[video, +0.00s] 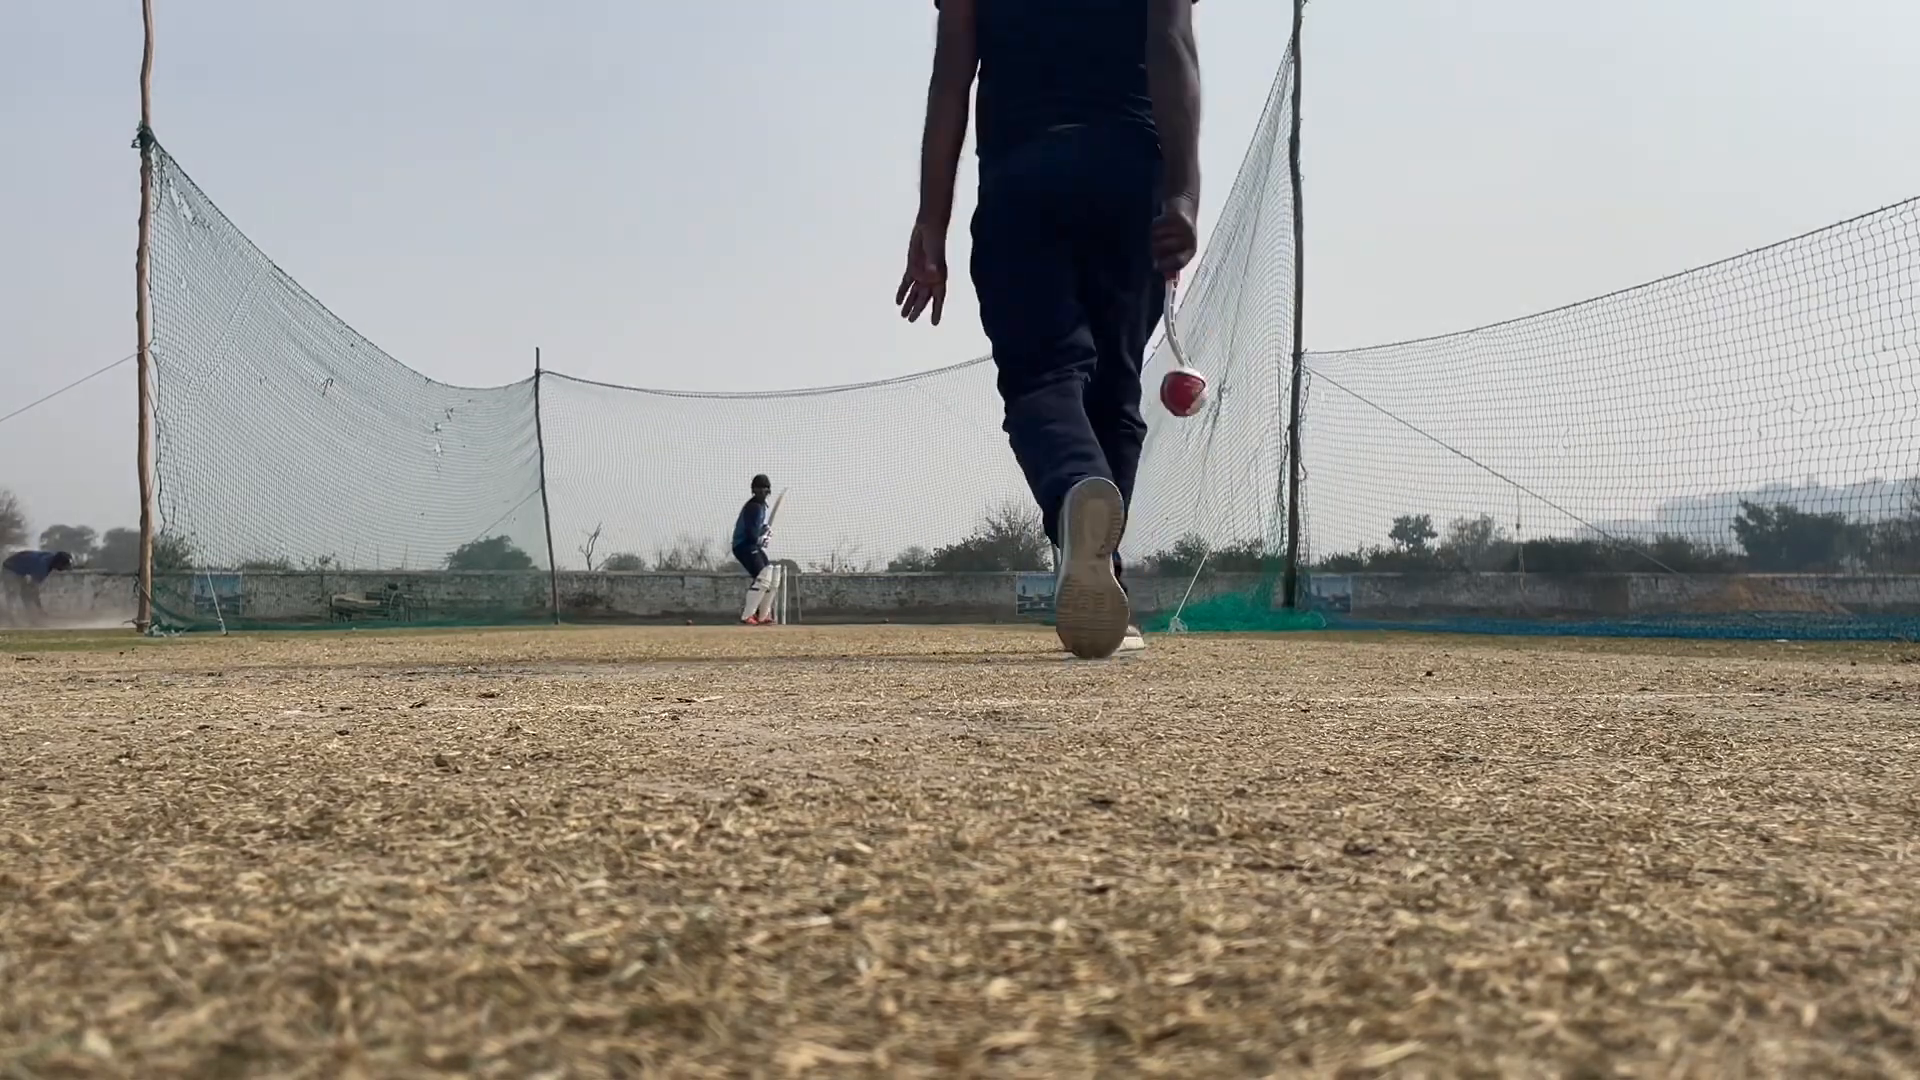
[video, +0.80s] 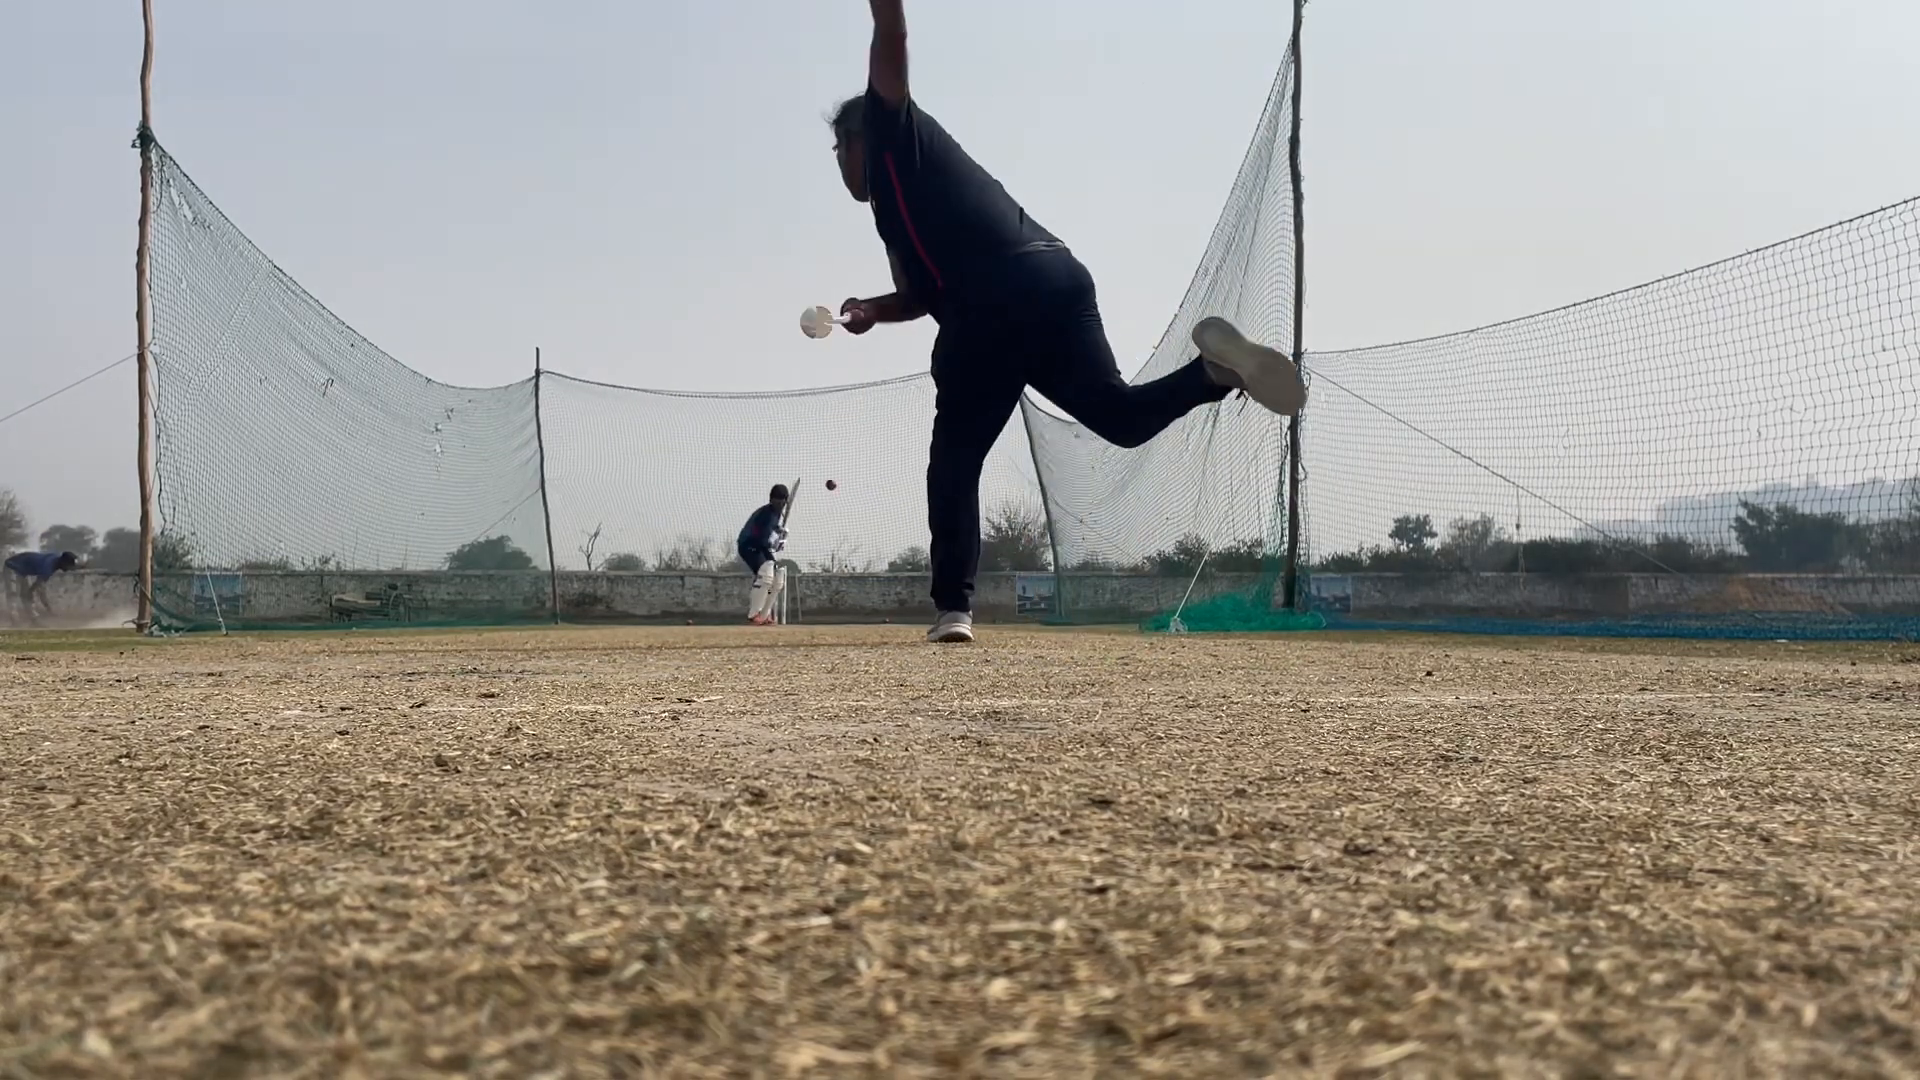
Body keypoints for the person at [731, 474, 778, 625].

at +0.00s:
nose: (762, 492)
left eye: (765, 488)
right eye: (759, 488)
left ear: (768, 490)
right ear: (753, 489)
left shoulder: (762, 506)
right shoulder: (754, 506)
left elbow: (761, 526)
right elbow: (751, 531)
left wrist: (765, 532)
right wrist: (760, 540)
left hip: (753, 544)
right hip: (743, 545)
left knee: (771, 574)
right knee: (763, 575)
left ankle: (763, 615)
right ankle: (747, 615)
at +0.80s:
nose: (782, 503)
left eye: (784, 499)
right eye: (779, 499)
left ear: (786, 500)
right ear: (772, 499)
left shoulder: (776, 513)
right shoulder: (767, 514)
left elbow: (773, 526)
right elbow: (763, 540)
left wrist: (780, 531)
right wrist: (775, 544)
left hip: (761, 546)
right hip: (748, 545)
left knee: (777, 579)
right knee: (766, 574)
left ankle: (765, 615)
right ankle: (754, 614)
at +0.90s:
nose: (785, 509)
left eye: (788, 506)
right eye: (783, 505)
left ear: (790, 506)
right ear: (777, 503)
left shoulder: (779, 516)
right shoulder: (767, 515)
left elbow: (780, 521)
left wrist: (784, 529)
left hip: (763, 544)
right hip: (749, 543)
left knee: (775, 578)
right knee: (762, 570)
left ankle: (762, 611)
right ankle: (765, 612)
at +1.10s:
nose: (795, 510)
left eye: (796, 507)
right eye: (794, 507)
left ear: (785, 500)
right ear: (791, 503)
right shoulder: (774, 503)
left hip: (768, 545)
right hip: (757, 542)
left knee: (769, 579)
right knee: (769, 575)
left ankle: (763, 615)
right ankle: (779, 614)